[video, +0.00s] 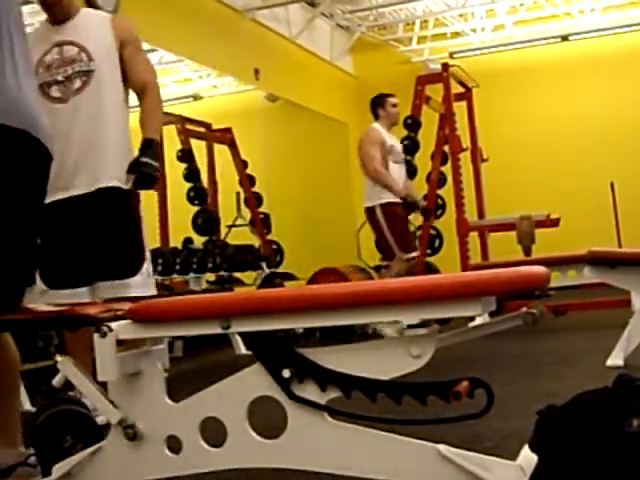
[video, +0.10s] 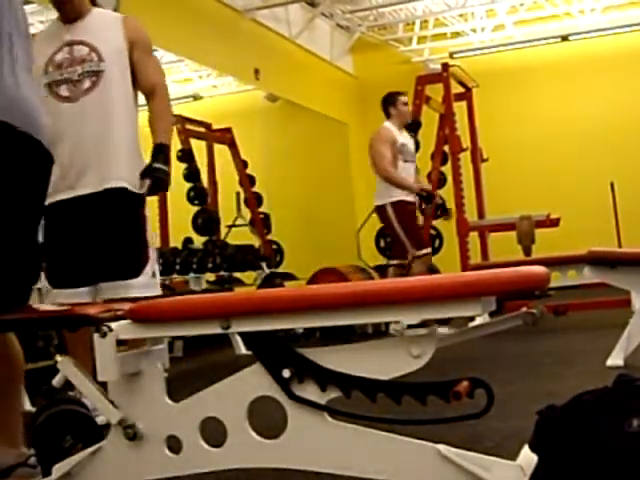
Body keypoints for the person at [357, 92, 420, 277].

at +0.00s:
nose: (398, 110)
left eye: (398, 106)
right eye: (393, 106)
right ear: (380, 110)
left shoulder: (391, 138)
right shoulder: (373, 134)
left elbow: (400, 173)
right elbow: (373, 169)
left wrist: (413, 195)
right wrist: (400, 191)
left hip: (395, 202)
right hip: (381, 202)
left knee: (407, 254)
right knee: (401, 256)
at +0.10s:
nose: (409, 109)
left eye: (408, 104)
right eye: (404, 104)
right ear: (392, 109)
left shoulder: (405, 135)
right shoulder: (384, 133)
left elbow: (410, 172)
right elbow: (384, 169)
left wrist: (425, 188)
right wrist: (415, 188)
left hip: (406, 200)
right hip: (392, 201)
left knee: (399, 258)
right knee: (420, 253)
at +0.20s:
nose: (419, 108)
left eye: (419, 103)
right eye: (414, 104)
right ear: (401, 109)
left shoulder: (414, 136)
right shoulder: (392, 132)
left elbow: (421, 172)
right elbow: (391, 171)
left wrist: (437, 191)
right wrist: (424, 191)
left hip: (414, 200)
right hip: (400, 201)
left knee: (402, 260)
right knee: (426, 256)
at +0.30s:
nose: (433, 107)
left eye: (432, 102)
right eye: (427, 103)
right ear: (415, 109)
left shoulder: (429, 136)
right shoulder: (407, 133)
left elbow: (435, 175)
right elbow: (401, 170)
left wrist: (456, 200)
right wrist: (425, 193)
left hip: (424, 204)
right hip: (412, 204)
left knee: (408, 263)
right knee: (441, 259)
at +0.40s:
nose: (448, 104)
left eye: (447, 99)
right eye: (442, 100)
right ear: (429, 106)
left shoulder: (444, 132)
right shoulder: (421, 130)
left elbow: (451, 169)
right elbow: (420, 169)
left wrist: (461, 197)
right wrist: (431, 201)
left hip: (445, 200)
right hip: (429, 201)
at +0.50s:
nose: (458, 99)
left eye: (457, 94)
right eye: (452, 95)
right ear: (439, 103)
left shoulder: (452, 127)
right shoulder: (433, 129)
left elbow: (457, 166)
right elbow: (431, 167)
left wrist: (466, 196)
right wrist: (438, 200)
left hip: (455, 197)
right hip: (441, 199)